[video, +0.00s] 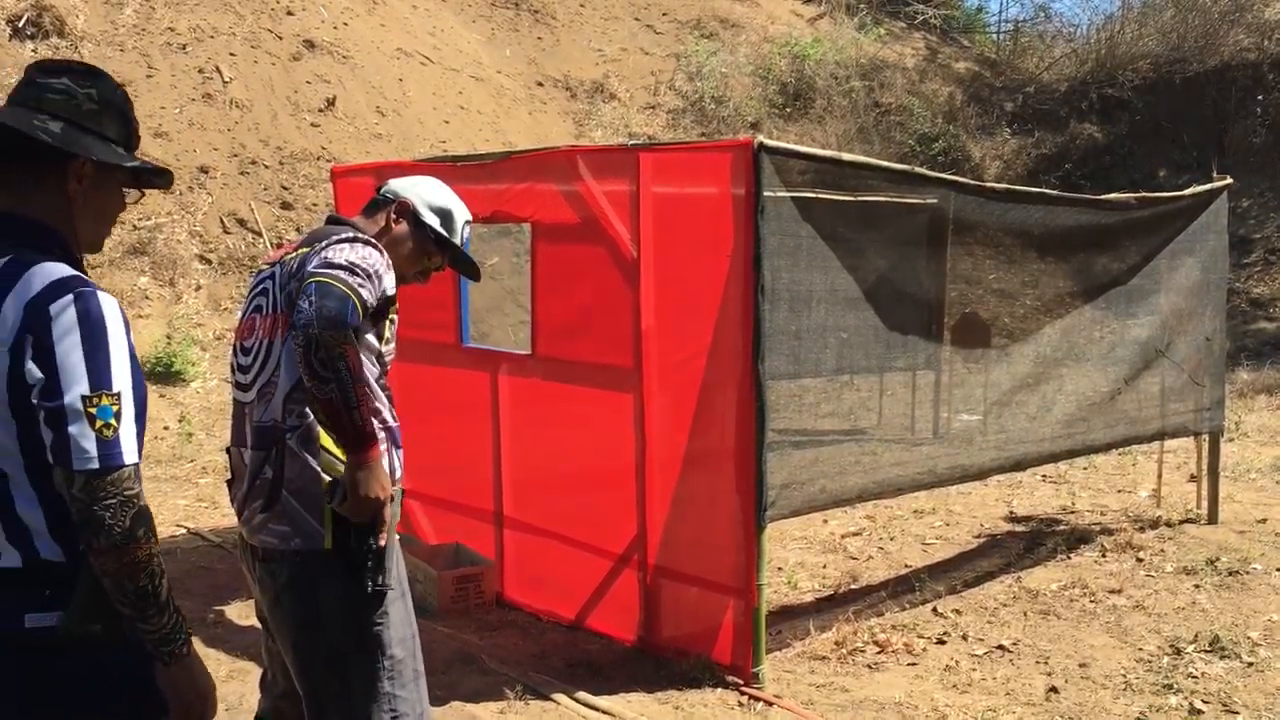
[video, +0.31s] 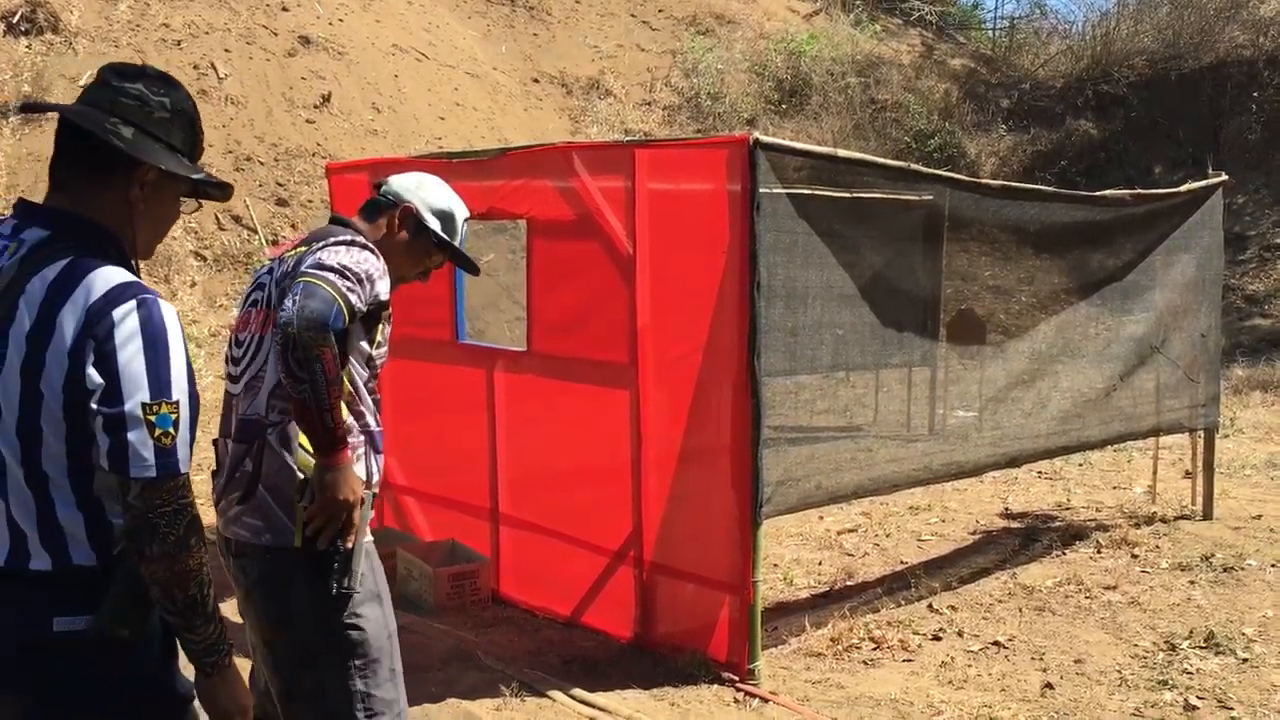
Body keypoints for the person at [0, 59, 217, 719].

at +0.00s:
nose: (125, 202)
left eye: (128, 184)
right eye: (121, 181)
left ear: (17, 165)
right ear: (79, 177)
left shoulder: (16, 286)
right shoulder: (70, 307)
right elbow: (111, 516)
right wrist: (176, 649)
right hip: (67, 645)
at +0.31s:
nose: (179, 216)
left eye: (187, 200)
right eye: (182, 197)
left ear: (66, 159)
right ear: (144, 184)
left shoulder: (7, 251)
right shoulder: (128, 315)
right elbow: (161, 527)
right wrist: (216, 661)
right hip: (92, 639)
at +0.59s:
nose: (191, 218)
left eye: (198, 198)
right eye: (194, 196)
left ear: (78, 160)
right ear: (153, 187)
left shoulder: (7, 247)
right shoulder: (133, 318)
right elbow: (157, 528)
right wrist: (205, 672)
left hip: (8, 592)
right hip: (91, 625)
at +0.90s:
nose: (191, 218)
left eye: (198, 197)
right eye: (193, 195)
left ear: (78, 160)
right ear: (152, 189)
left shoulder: (6, 246)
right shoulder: (131, 318)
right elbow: (155, 536)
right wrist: (203, 672)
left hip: (8, 590)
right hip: (93, 622)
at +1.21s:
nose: (187, 216)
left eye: (193, 197)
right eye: (189, 194)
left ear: (75, 158)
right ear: (150, 188)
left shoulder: (9, 244)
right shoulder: (129, 316)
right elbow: (153, 530)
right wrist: (203, 664)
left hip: (11, 589)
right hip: (92, 621)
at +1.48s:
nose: (181, 209)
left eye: (187, 190)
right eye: (184, 189)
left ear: (69, 154)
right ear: (146, 183)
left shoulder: (10, 241)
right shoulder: (125, 314)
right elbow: (145, 523)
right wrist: (196, 659)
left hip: (12, 585)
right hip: (84, 617)